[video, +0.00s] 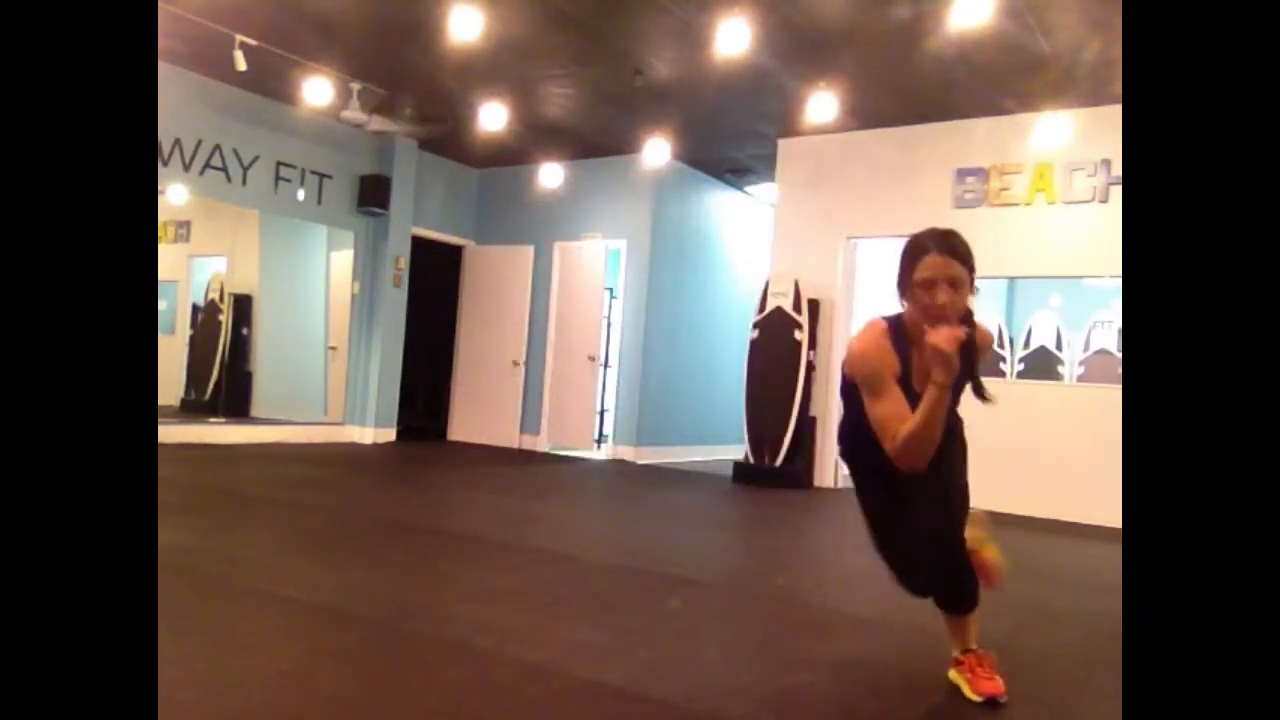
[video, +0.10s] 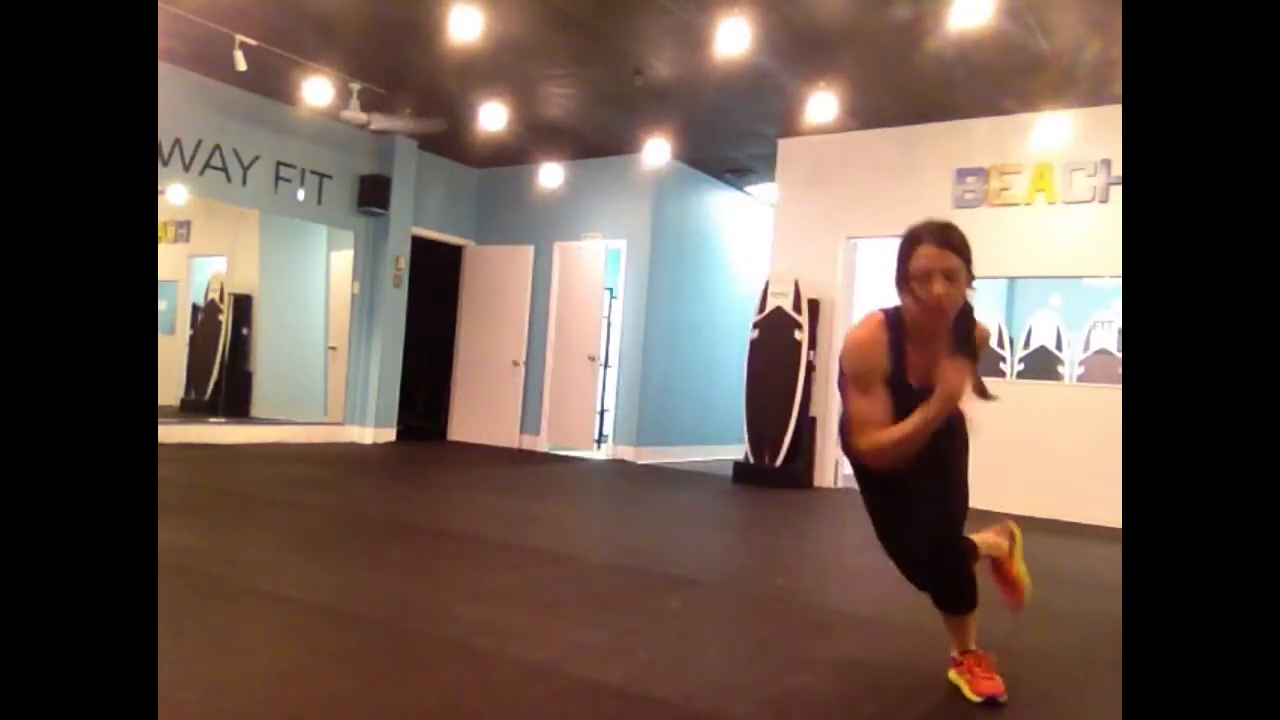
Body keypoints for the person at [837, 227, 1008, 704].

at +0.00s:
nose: (942, 298)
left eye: (953, 285)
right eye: (927, 286)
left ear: (971, 290)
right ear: (904, 293)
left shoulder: (977, 341)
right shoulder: (871, 349)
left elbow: (956, 377)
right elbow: (908, 456)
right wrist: (940, 381)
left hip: (942, 447)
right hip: (878, 460)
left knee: (951, 558)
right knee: (918, 577)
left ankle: (966, 656)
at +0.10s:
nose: (936, 290)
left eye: (949, 277)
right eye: (922, 278)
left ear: (968, 284)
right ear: (902, 283)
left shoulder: (972, 336)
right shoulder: (867, 342)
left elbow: (957, 378)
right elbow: (870, 451)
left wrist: (961, 395)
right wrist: (940, 403)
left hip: (941, 440)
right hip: (879, 457)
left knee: (944, 552)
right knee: (920, 568)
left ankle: (966, 656)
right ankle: (997, 544)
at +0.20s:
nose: (907, 255)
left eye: (921, 241)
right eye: (893, 243)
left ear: (944, 248)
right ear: (878, 250)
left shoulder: (956, 312)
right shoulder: (844, 312)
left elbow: (979, 383)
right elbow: (814, 404)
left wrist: (1028, 453)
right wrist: (846, 472)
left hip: (928, 432)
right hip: (864, 436)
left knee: (941, 546)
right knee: (890, 557)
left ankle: (965, 655)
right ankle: (953, 568)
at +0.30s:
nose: (855, 219)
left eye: (868, 206)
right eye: (845, 207)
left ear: (896, 210)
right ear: (835, 211)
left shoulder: (931, 273)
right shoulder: (811, 277)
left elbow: (1008, 344)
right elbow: (757, 343)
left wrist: (981, 319)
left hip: (900, 411)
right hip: (829, 411)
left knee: (938, 532)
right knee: (797, 516)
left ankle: (966, 653)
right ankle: (839, 570)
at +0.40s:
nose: (789, 175)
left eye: (801, 163)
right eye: (780, 163)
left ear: (833, 170)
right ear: (773, 172)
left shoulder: (858, 226)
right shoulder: (759, 236)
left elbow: (939, 248)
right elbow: (695, 271)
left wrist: (842, 193)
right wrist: (652, 321)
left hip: (842, 388)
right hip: (773, 385)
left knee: (906, 507)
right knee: (704, 455)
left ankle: (964, 647)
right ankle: (685, 554)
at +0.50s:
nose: (708, 151)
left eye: (721, 140)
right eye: (702, 141)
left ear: (752, 145)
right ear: (695, 150)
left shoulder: (788, 197)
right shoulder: (691, 202)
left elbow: (846, 226)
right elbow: (645, 230)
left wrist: (763, 187)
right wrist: (607, 276)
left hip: (777, 358)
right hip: (710, 352)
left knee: (852, 479)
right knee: (624, 438)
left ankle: (935, 604)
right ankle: (556, 541)